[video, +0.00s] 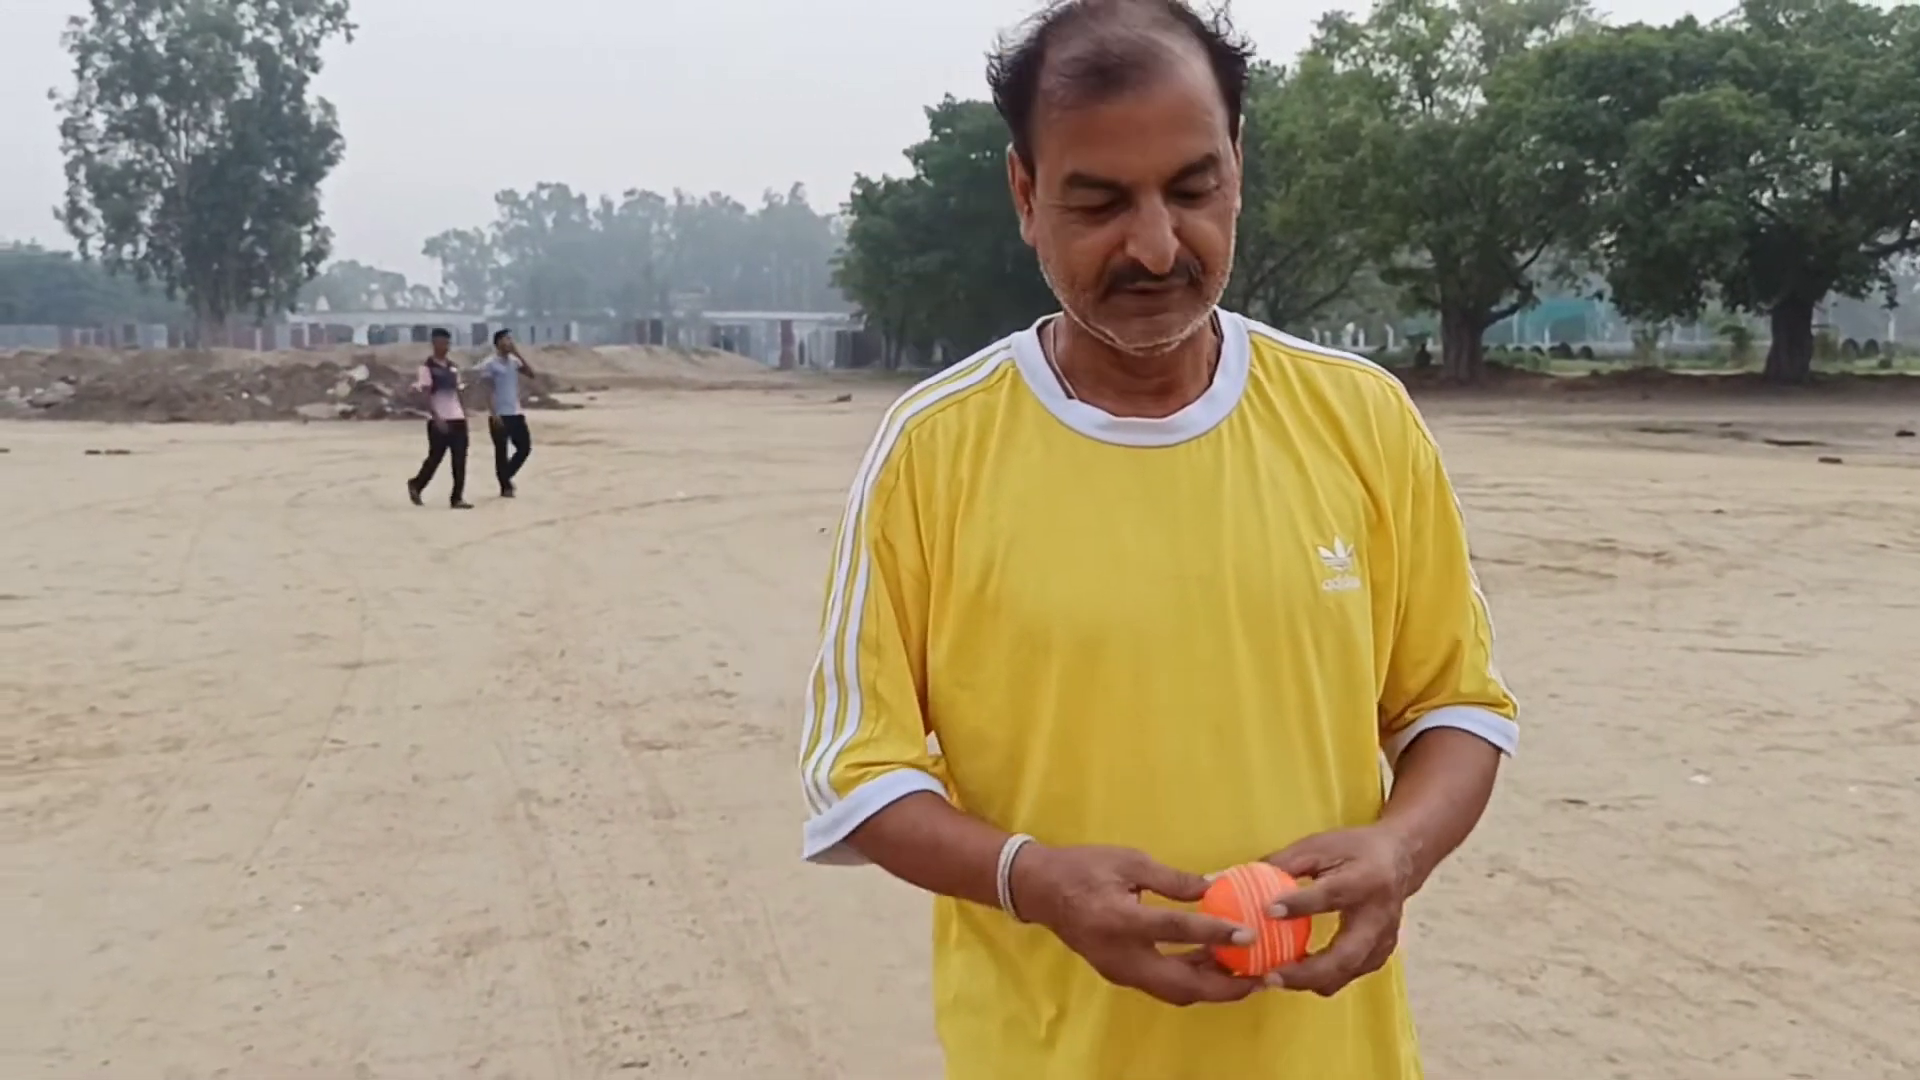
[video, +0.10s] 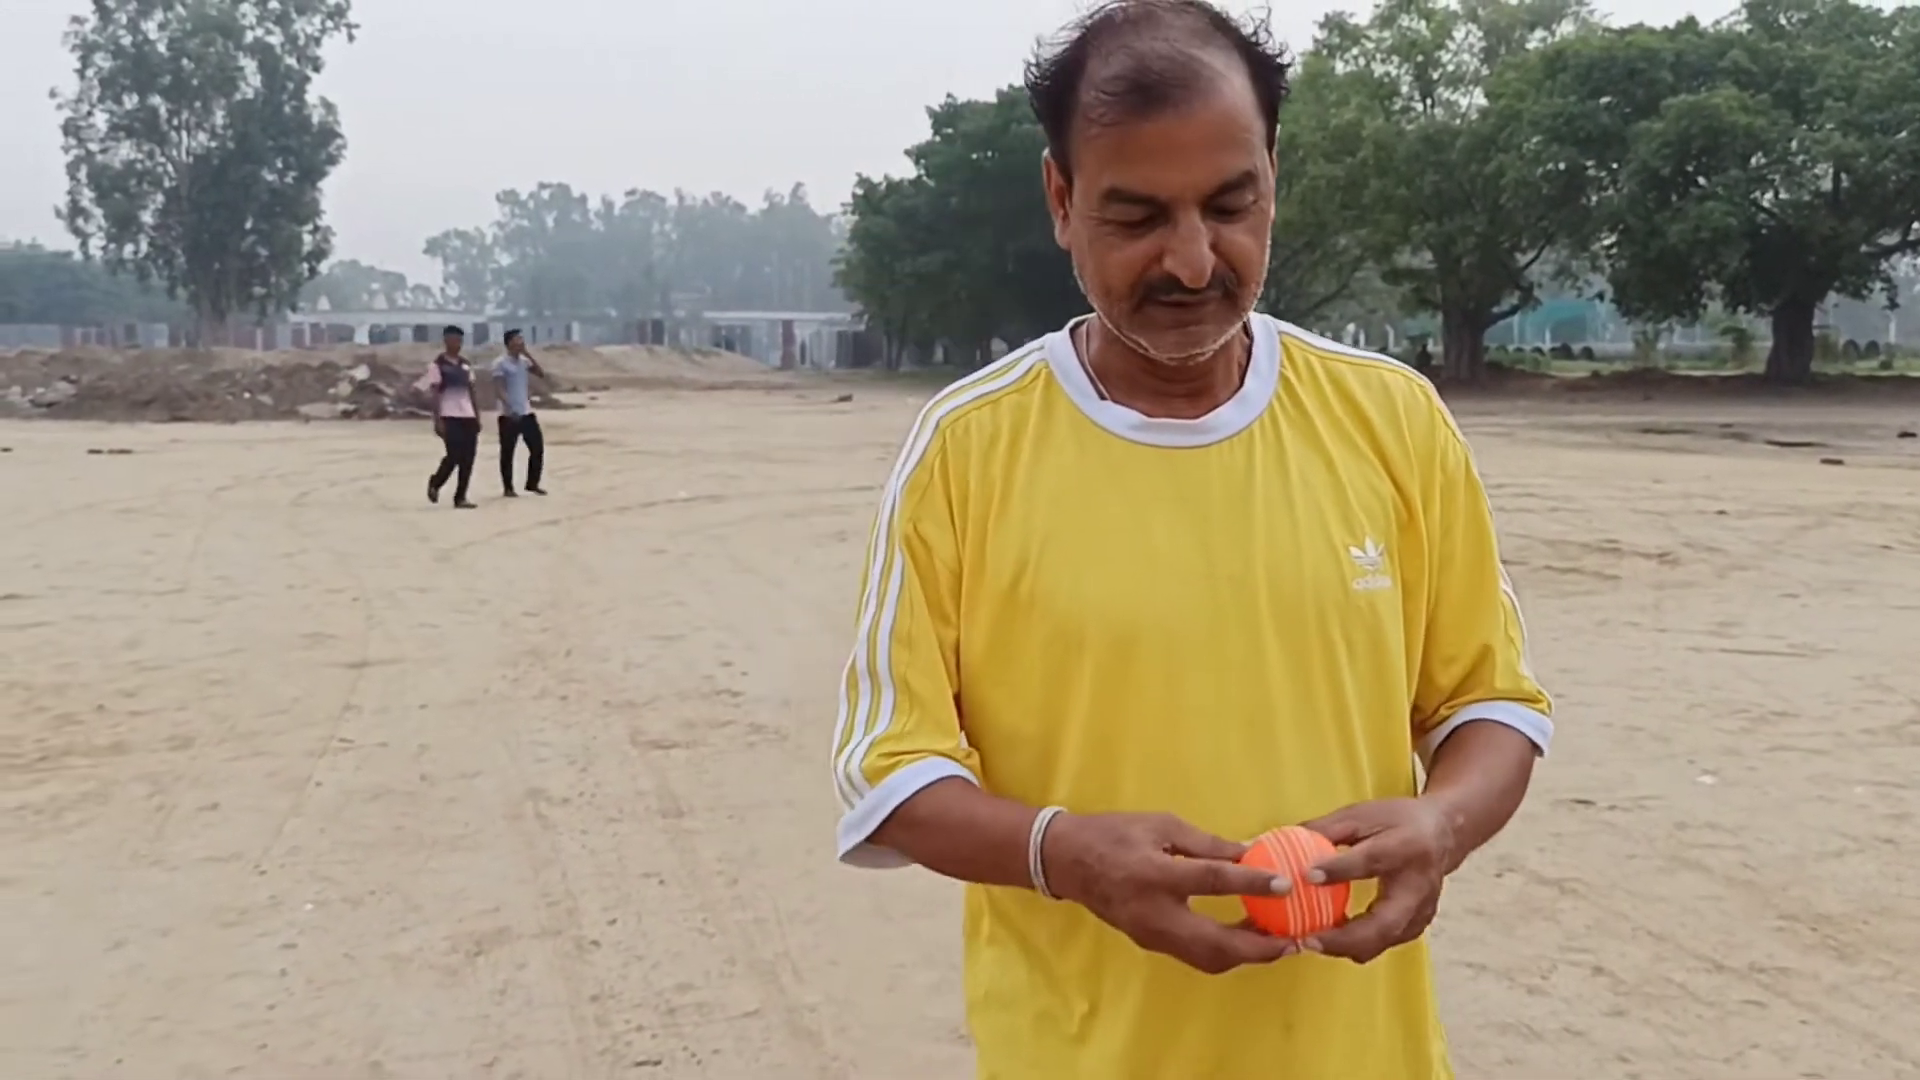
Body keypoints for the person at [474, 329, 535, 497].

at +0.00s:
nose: (510, 342)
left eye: (510, 339)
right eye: (506, 339)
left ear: (511, 342)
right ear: (498, 343)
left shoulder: (512, 362)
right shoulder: (490, 365)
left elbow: (530, 373)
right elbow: (487, 392)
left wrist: (516, 353)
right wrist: (493, 413)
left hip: (516, 414)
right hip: (499, 415)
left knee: (524, 448)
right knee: (501, 453)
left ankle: (507, 475)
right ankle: (504, 485)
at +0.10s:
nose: (521, 343)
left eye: (521, 339)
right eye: (517, 340)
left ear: (521, 343)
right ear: (509, 343)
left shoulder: (522, 361)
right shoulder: (500, 364)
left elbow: (539, 373)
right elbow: (499, 389)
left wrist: (526, 353)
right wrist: (508, 407)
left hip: (526, 414)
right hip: (508, 415)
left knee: (537, 449)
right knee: (507, 454)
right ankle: (508, 487)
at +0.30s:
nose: (540, 344)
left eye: (540, 340)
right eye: (536, 341)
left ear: (538, 345)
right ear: (528, 345)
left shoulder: (541, 364)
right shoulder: (518, 365)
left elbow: (559, 377)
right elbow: (516, 391)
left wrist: (544, 357)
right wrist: (532, 409)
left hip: (544, 416)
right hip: (525, 417)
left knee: (552, 453)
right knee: (518, 453)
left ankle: (559, 486)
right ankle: (509, 484)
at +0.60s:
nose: (538, 343)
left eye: (539, 339)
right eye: (534, 340)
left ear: (540, 341)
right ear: (525, 341)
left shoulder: (537, 360)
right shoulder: (515, 361)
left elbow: (555, 375)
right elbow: (508, 389)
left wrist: (541, 359)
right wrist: (508, 413)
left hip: (538, 410)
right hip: (524, 411)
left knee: (537, 450)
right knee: (531, 448)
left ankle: (533, 485)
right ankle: (523, 479)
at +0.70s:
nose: (523, 341)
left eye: (523, 337)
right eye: (519, 338)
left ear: (521, 341)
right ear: (509, 341)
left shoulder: (521, 362)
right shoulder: (499, 363)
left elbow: (539, 377)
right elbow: (488, 389)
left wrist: (524, 360)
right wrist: (488, 414)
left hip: (521, 412)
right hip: (507, 412)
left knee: (516, 452)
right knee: (517, 450)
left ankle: (507, 488)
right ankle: (521, 486)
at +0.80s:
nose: (512, 344)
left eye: (512, 340)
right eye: (508, 340)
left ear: (510, 344)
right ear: (498, 344)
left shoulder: (511, 365)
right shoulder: (488, 366)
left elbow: (528, 381)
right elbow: (477, 392)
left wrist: (514, 363)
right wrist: (475, 418)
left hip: (510, 416)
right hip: (496, 416)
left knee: (501, 455)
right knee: (507, 454)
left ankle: (489, 488)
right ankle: (520, 488)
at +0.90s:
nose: (495, 344)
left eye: (495, 340)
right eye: (490, 340)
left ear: (494, 344)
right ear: (480, 345)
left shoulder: (494, 366)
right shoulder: (471, 368)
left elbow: (511, 381)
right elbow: (462, 394)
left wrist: (496, 364)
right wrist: (461, 419)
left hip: (494, 415)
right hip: (480, 415)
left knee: (485, 452)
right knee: (491, 453)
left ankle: (467, 483)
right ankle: (498, 489)